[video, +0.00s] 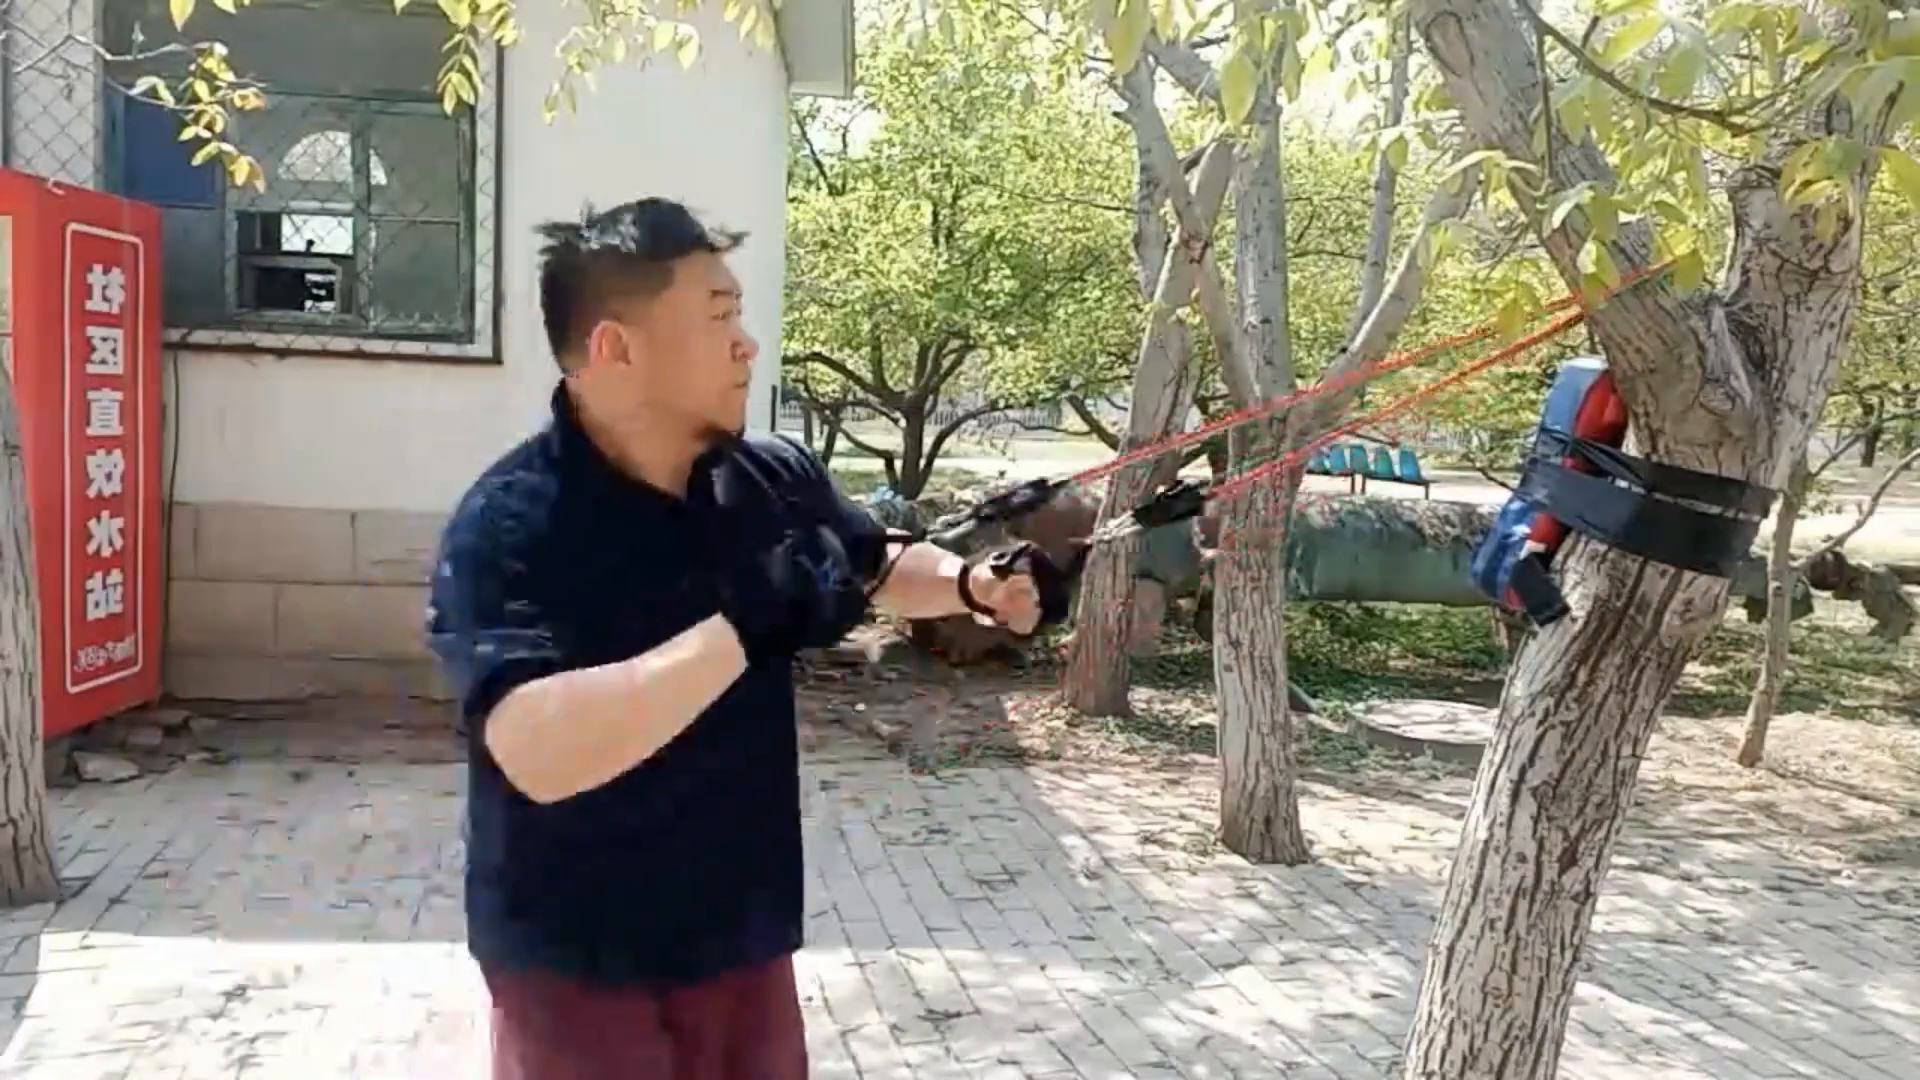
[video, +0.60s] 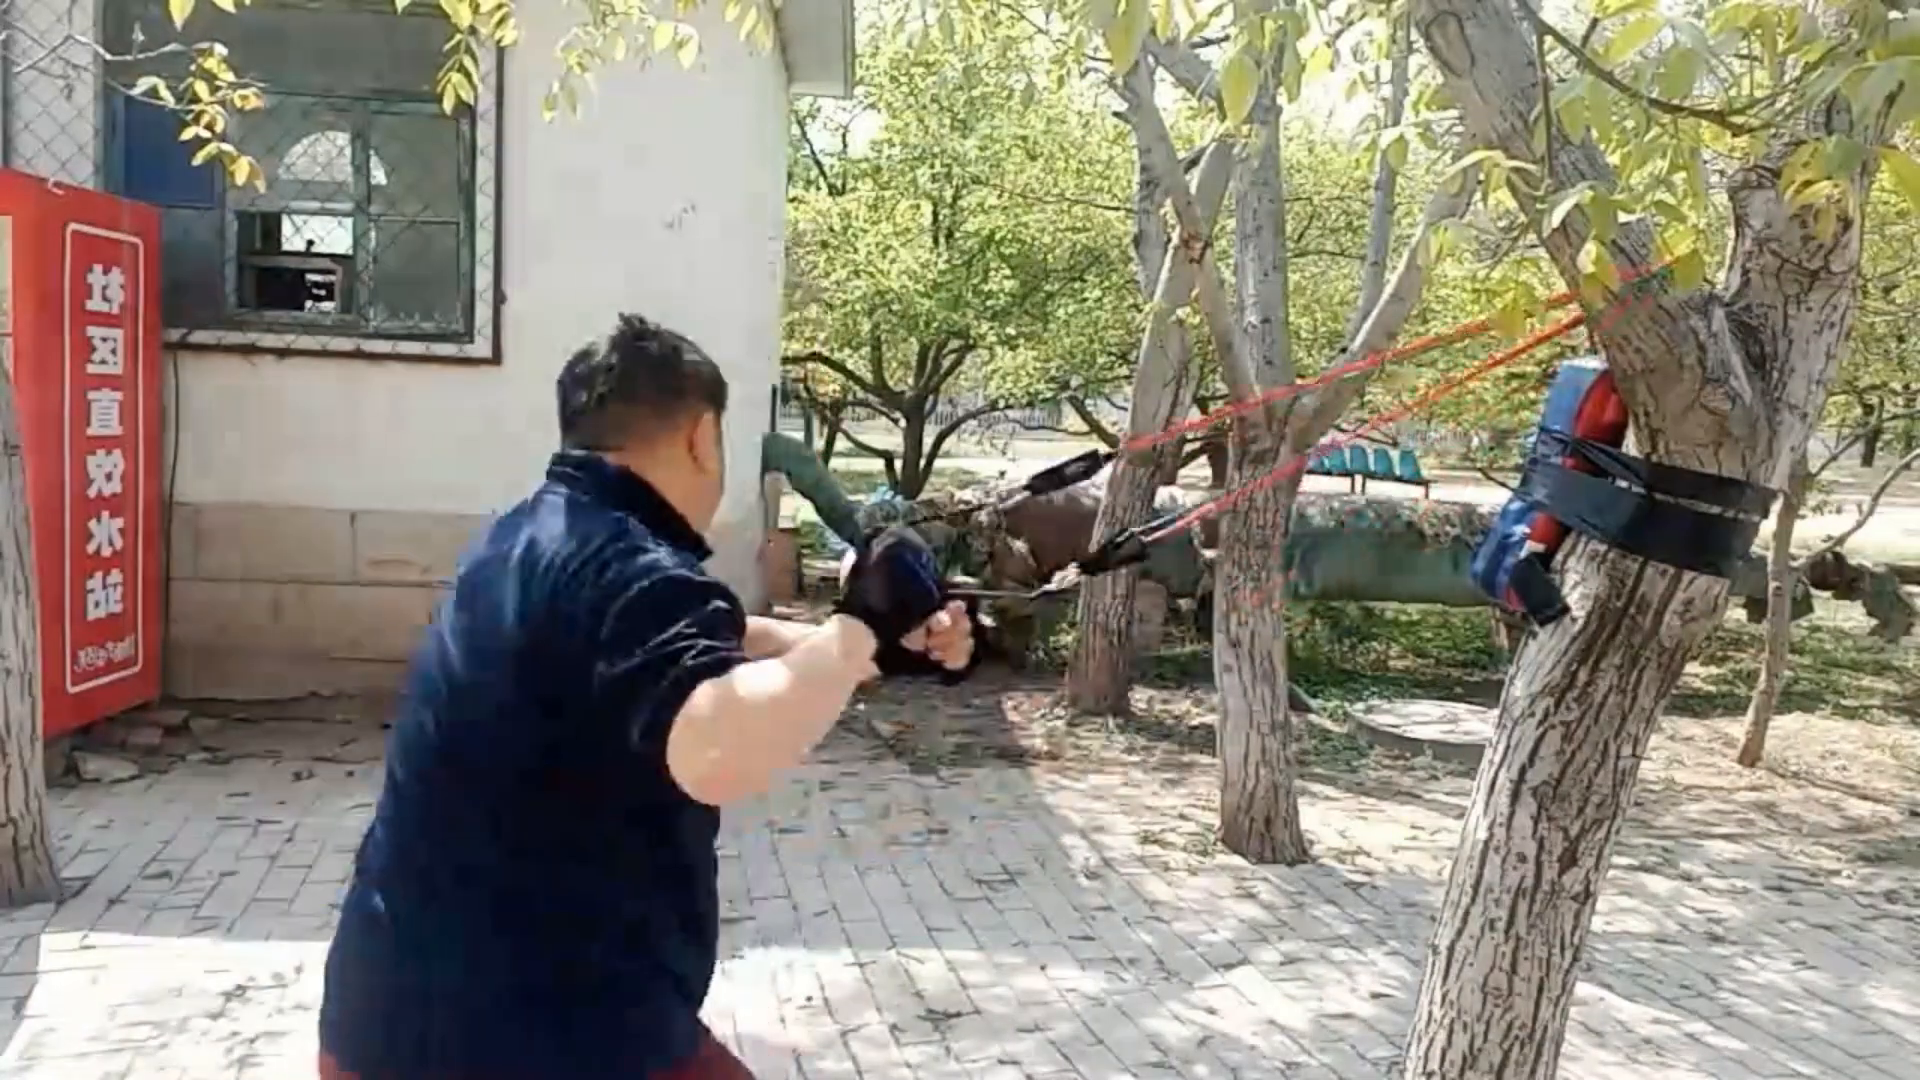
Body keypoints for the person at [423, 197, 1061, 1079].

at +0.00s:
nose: (750, 343)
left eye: (738, 313)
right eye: (721, 316)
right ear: (613, 349)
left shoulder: (770, 480)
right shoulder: (507, 525)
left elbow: (873, 560)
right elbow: (541, 751)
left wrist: (973, 585)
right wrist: (747, 628)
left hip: (745, 951)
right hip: (575, 973)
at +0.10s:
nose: (791, 343)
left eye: (781, 314)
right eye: (768, 315)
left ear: (672, 350)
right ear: (669, 347)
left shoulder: (766, 477)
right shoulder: (565, 528)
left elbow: (872, 569)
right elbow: (754, 694)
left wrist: (1032, 567)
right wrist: (967, 599)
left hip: (734, 936)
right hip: (608, 957)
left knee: (769, 1068)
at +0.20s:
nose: (813, 356)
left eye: (803, 328)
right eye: (793, 329)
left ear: (713, 361)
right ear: (711, 358)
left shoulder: (709, 477)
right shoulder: (659, 534)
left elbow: (867, 583)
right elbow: (901, 669)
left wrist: (1037, 636)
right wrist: (1126, 678)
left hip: (673, 941)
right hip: (634, 967)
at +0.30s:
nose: (828, 377)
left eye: (819, 350)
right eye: (813, 351)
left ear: (725, 374)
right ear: (740, 374)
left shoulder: (659, 485)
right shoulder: (704, 547)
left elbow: (868, 616)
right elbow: (936, 711)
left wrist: (1056, 715)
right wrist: (1137, 737)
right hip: (644, 1000)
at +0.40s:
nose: (830, 416)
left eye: (827, 389)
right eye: (823, 387)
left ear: (682, 388)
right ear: (769, 392)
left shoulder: (620, 500)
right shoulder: (728, 596)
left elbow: (816, 644)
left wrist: (969, 724)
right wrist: (1052, 794)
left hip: (519, 968)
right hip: (630, 1016)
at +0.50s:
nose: (812, 423)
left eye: (807, 395)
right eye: (804, 393)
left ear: (657, 394)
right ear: (757, 400)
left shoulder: (608, 507)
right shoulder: (701, 592)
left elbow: (812, 639)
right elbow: (799, 809)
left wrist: (971, 695)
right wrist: (1002, 757)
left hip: (490, 977)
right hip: (608, 1026)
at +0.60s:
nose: (725, 469)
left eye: (722, 441)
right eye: (723, 440)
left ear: (585, 434)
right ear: (697, 440)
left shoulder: (518, 536)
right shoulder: (637, 577)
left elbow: (728, 638)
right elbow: (714, 753)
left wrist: (888, 635)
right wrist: (857, 644)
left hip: (387, 1011)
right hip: (559, 1034)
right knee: (727, 1063)